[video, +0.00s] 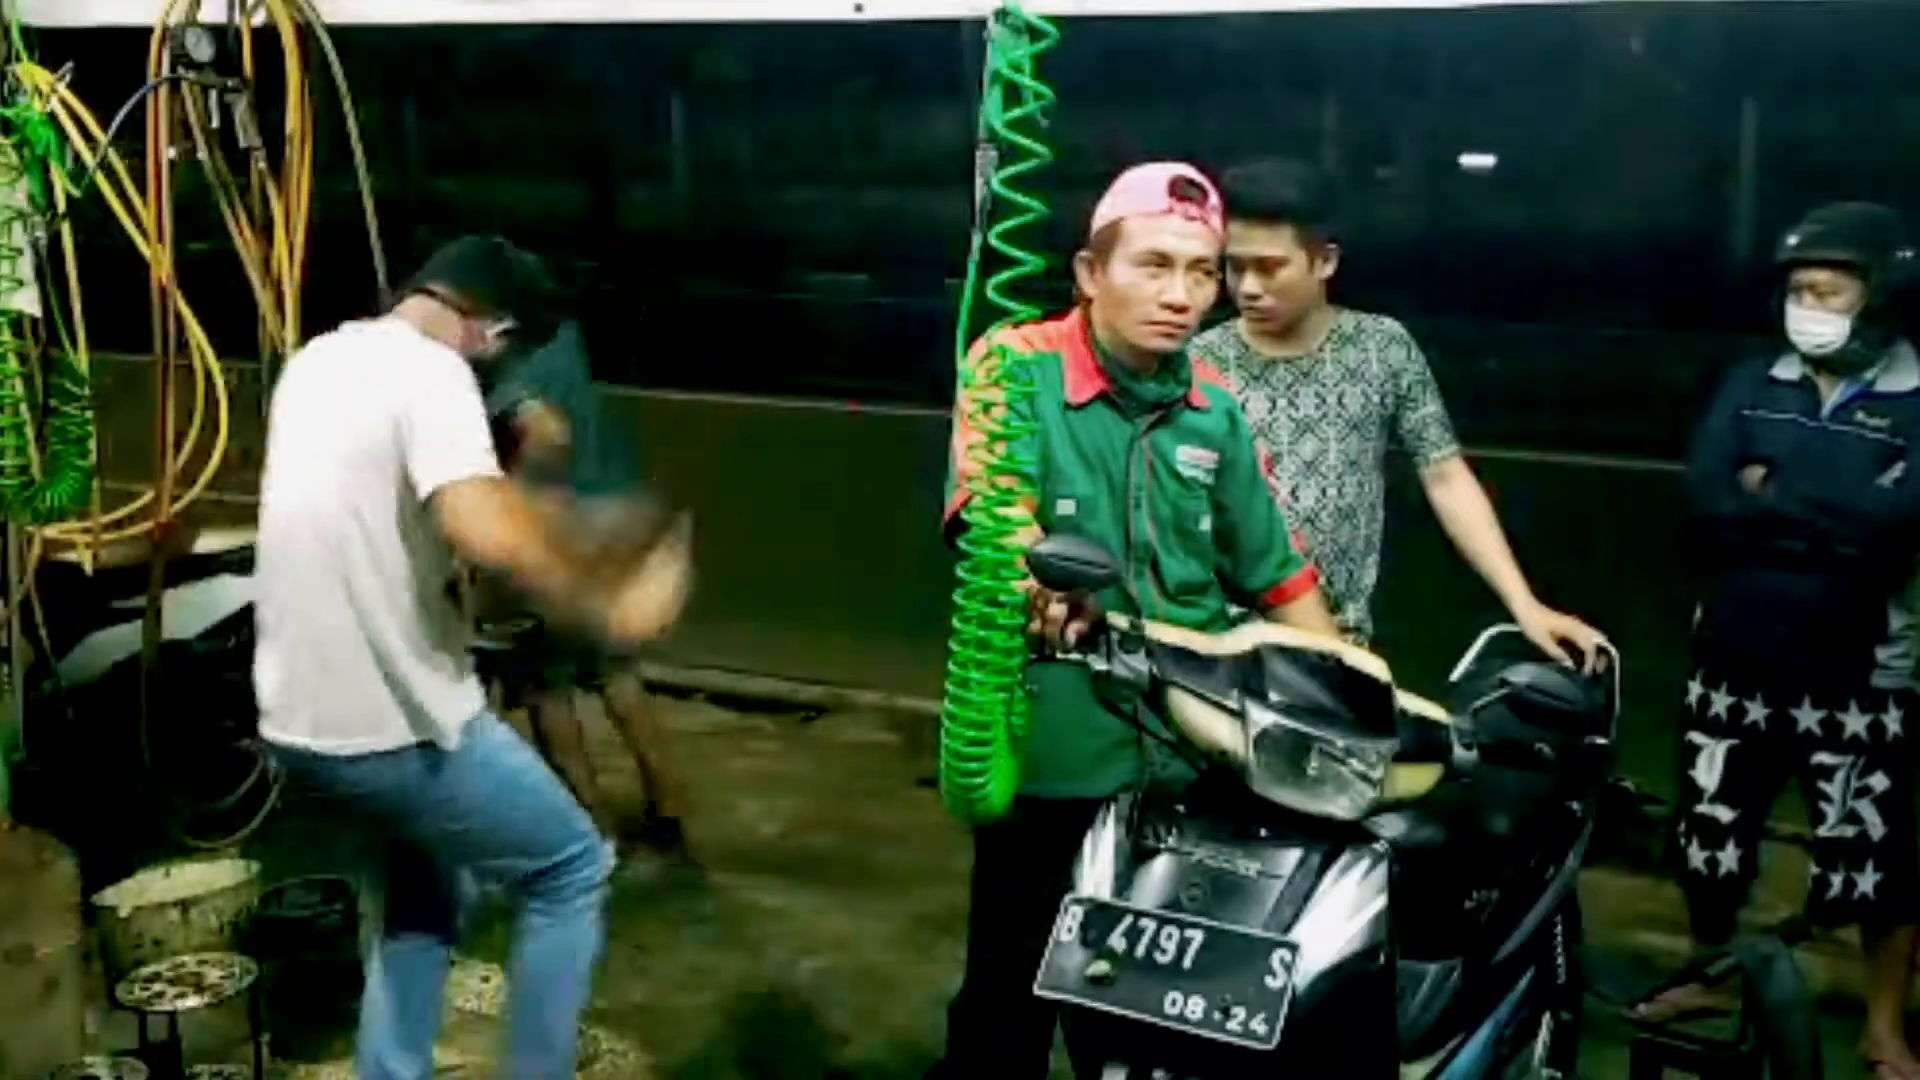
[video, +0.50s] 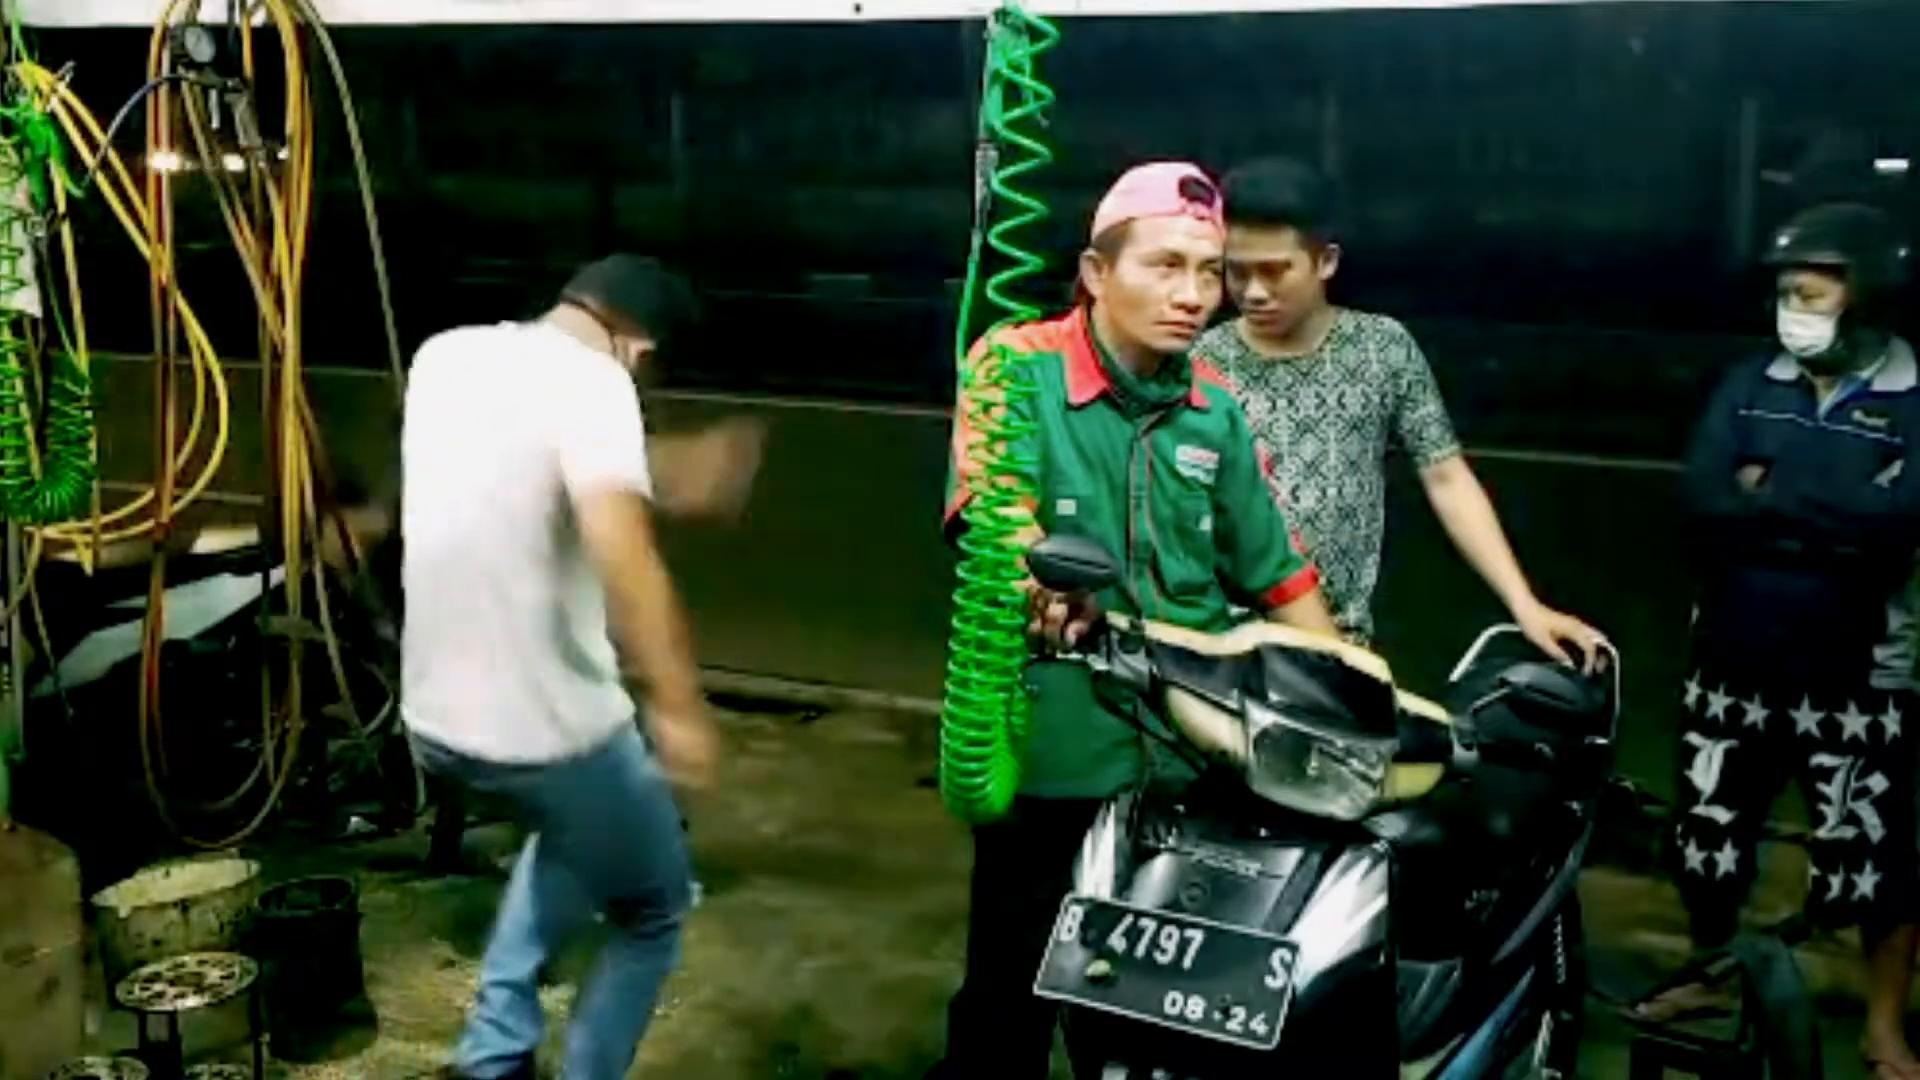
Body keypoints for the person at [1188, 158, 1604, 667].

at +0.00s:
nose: (1249, 287)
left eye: (1270, 268)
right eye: (1236, 268)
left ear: (1325, 261)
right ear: (1223, 264)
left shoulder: (1382, 349)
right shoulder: (1200, 361)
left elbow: (1446, 478)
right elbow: (1155, 496)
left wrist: (1526, 607)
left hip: (1334, 645)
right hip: (1210, 642)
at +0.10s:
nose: (1248, 287)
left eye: (1269, 269)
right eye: (1236, 269)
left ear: (1325, 261)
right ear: (1223, 264)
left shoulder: (1381, 349)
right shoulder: (1202, 360)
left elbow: (1447, 479)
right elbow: (1155, 494)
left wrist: (1525, 607)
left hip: (1333, 644)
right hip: (1209, 641)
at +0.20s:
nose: (1248, 288)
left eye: (1269, 269)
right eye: (1236, 269)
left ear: (1324, 262)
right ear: (1222, 264)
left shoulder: (1381, 349)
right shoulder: (1202, 359)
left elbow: (1447, 479)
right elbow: (1154, 493)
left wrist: (1526, 608)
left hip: (1333, 642)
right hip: (1210, 639)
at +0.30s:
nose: (1250, 289)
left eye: (1270, 270)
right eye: (1237, 270)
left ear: (1324, 262)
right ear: (1222, 266)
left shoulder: (1382, 350)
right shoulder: (1202, 359)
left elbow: (1447, 479)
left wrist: (1526, 608)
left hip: (1333, 643)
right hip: (1209, 640)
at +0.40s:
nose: (1252, 290)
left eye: (1272, 271)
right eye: (1238, 271)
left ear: (1325, 262)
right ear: (1222, 267)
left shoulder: (1382, 349)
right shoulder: (1201, 359)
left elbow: (1447, 479)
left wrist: (1526, 608)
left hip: (1332, 641)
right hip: (1209, 637)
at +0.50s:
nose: (1254, 292)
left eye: (1274, 271)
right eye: (1238, 272)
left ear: (1326, 261)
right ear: (1221, 266)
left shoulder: (1382, 349)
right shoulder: (1202, 358)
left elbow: (1447, 478)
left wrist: (1526, 607)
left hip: (1333, 642)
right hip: (1211, 639)